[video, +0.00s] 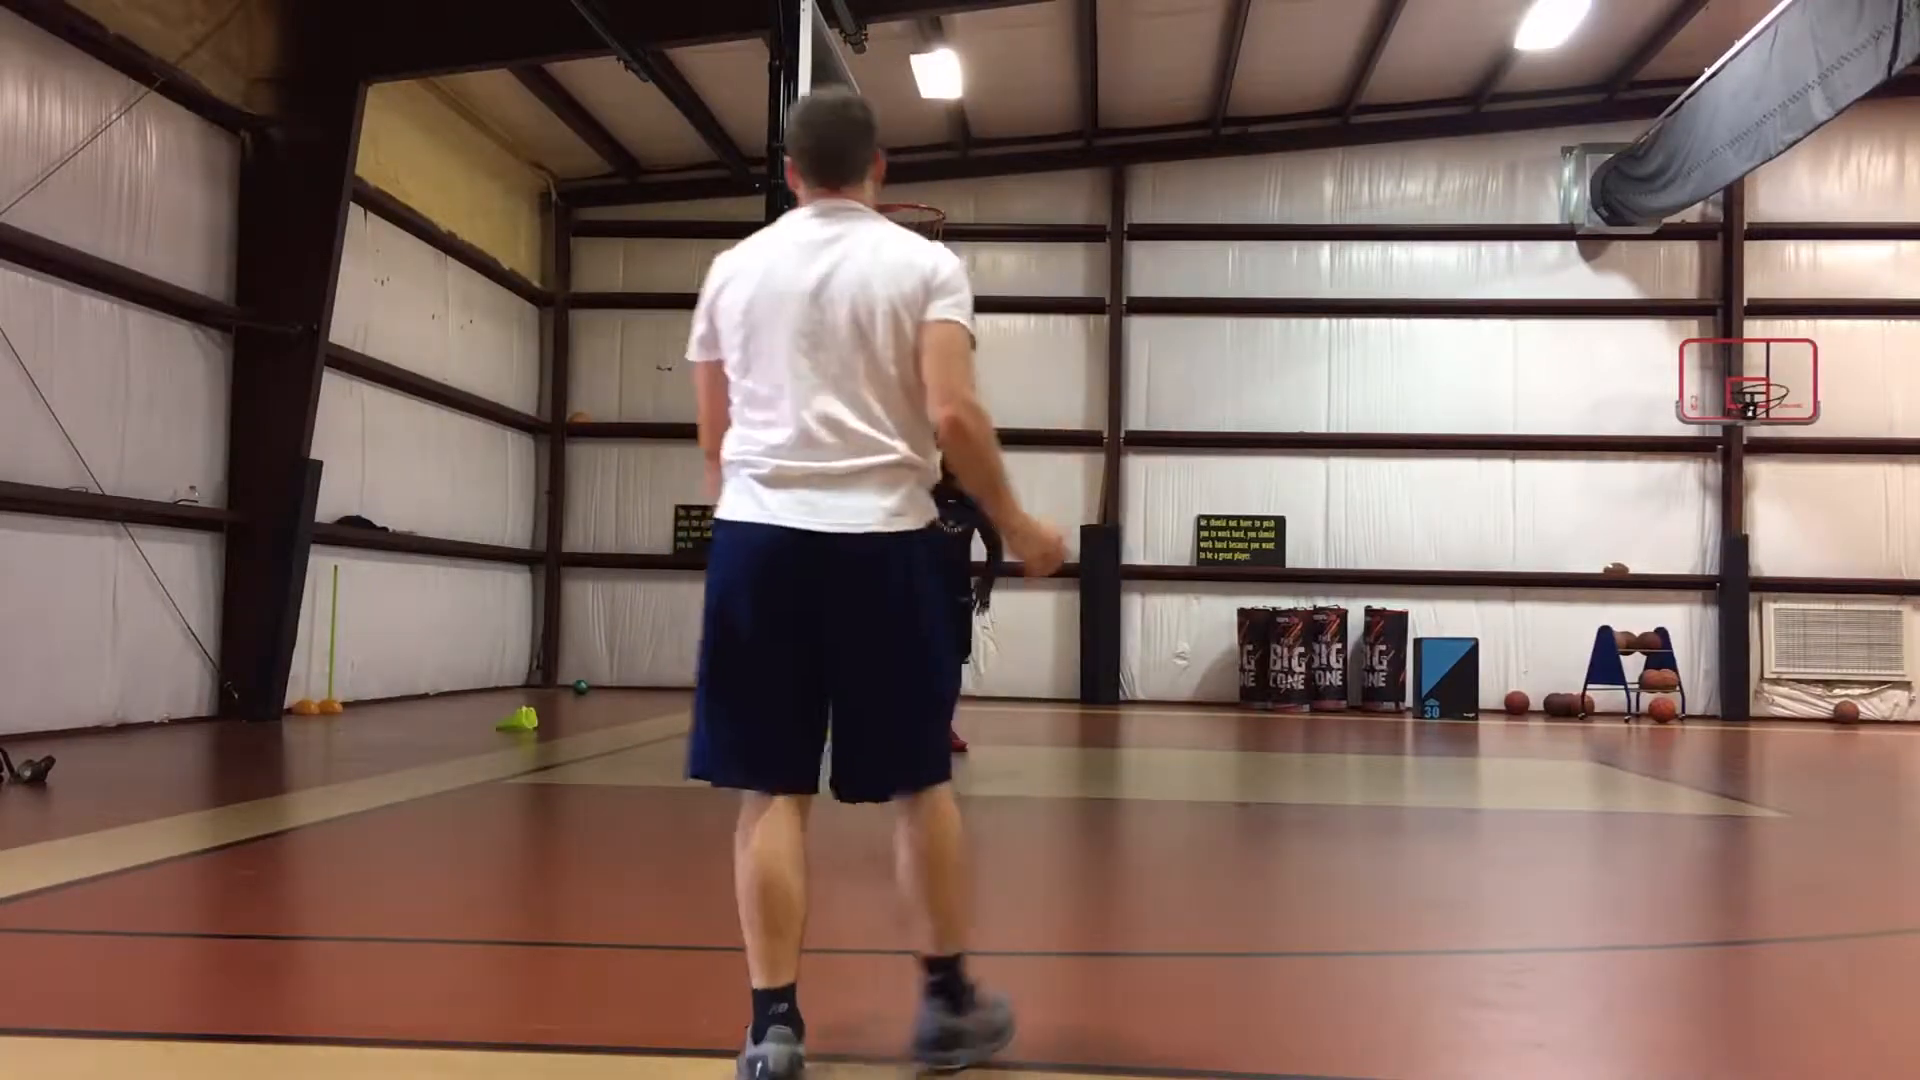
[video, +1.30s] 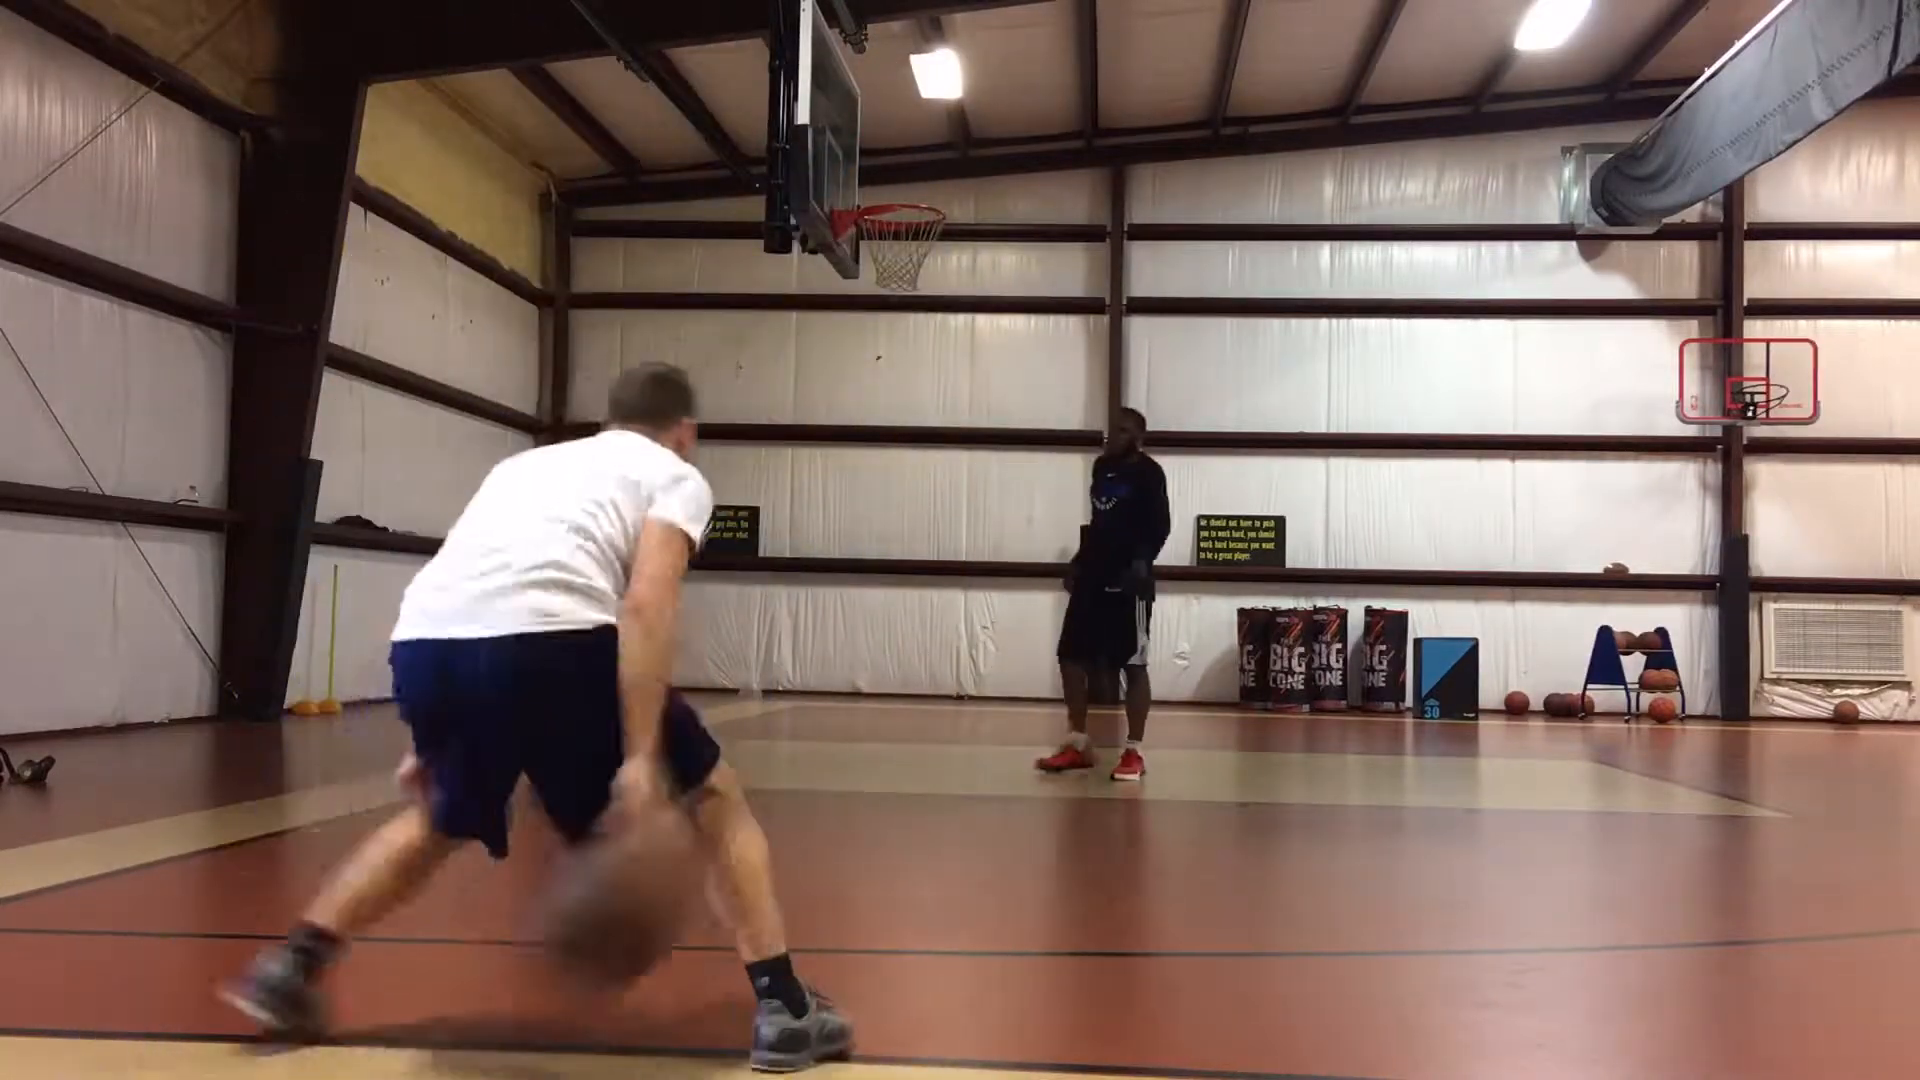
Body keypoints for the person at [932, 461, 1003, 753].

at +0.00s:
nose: (952, 479)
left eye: (958, 473)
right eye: (947, 471)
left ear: (967, 476)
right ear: (937, 471)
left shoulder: (971, 507)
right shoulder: (922, 502)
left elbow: (994, 545)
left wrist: (987, 581)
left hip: (956, 590)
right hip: (922, 586)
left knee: (952, 662)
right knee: (923, 661)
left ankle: (944, 725)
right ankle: (925, 727)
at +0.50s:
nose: (972, 471)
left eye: (977, 465)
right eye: (967, 465)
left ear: (987, 464)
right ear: (958, 466)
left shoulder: (1006, 498)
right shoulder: (942, 496)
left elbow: (1026, 550)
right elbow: (927, 540)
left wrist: (1018, 577)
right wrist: (932, 580)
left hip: (991, 590)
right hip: (952, 588)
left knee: (1000, 657)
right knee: (950, 662)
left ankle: (994, 725)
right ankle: (953, 735)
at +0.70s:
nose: (1014, 440)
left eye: (1018, 431)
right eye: (1009, 432)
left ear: (1029, 436)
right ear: (1004, 439)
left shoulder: (1053, 470)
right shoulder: (989, 470)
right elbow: (971, 476)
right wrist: (976, 442)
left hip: (1036, 575)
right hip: (1001, 574)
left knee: (1026, 662)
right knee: (1006, 658)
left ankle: (1010, 735)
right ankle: (1007, 736)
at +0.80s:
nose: (1024, 432)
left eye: (1028, 424)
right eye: (1018, 425)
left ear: (1038, 427)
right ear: (1008, 431)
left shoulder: (1066, 465)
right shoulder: (996, 471)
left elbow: (1081, 516)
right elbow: (989, 516)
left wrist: (1078, 550)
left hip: (1061, 577)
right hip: (1018, 578)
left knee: (1077, 654)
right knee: (1018, 662)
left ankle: (1064, 722)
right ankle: (1019, 745)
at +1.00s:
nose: (1083, 435)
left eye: (1090, 428)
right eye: (1080, 428)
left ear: (1106, 433)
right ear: (1075, 433)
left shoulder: (1129, 474)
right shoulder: (1065, 471)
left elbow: (1150, 529)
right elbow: (1048, 520)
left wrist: (1141, 576)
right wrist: (1017, 561)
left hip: (1113, 581)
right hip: (1070, 580)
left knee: (1122, 668)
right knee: (1051, 663)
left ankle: (1131, 751)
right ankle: (1036, 751)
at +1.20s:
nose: (1110, 435)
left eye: (1117, 429)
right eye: (1107, 428)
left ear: (1132, 435)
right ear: (1100, 431)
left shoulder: (1145, 474)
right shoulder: (1091, 466)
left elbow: (1154, 533)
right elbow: (1087, 522)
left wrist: (1154, 588)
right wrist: (1072, 568)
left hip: (1128, 583)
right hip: (1087, 581)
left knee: (1133, 667)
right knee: (1069, 663)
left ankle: (1132, 751)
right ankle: (1051, 748)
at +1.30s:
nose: (1112, 436)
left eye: (1122, 431)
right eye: (1111, 429)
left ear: (1139, 437)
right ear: (1107, 430)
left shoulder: (1149, 472)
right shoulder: (1101, 468)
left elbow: (1159, 525)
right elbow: (1098, 525)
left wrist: (1139, 565)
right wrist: (1079, 564)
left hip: (1130, 580)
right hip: (1093, 576)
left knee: (1134, 665)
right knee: (1070, 657)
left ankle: (1132, 751)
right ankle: (1078, 744)